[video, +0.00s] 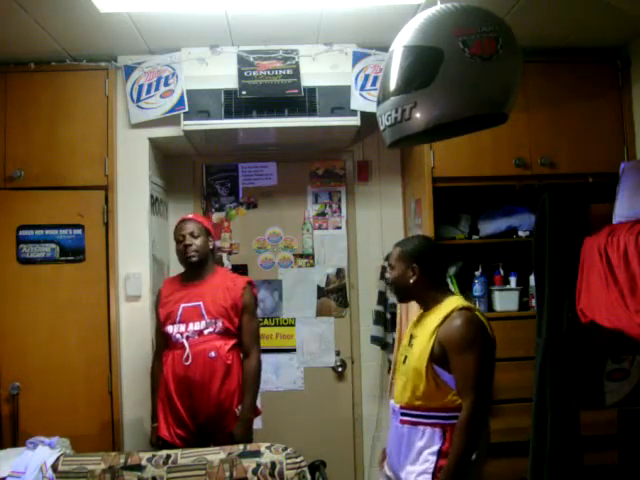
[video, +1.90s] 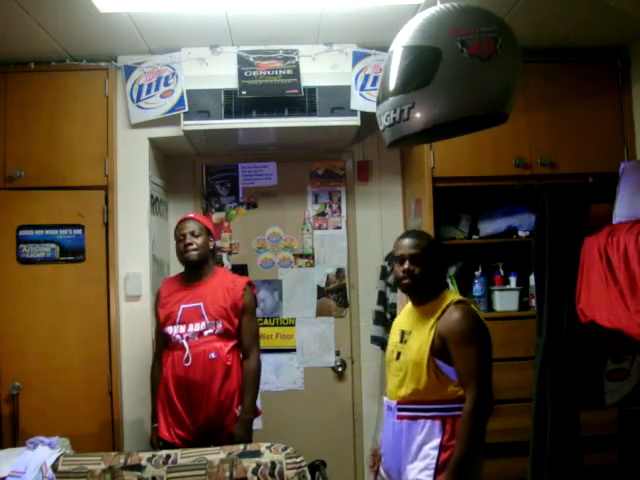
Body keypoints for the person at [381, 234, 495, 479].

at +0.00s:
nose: (386, 276)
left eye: (391, 268)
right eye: (387, 268)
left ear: (413, 272)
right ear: (412, 273)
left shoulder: (461, 324)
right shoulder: (426, 316)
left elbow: (473, 405)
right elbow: (416, 392)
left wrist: (450, 470)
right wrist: (393, 446)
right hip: (406, 450)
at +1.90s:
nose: (406, 268)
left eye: (415, 260)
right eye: (399, 261)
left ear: (435, 264)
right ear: (392, 267)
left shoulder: (458, 318)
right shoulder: (407, 312)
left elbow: (478, 395)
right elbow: (403, 388)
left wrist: (455, 468)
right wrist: (383, 445)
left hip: (435, 435)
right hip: (398, 432)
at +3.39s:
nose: (409, 273)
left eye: (417, 264)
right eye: (399, 267)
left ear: (431, 267)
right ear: (390, 274)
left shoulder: (457, 323)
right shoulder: (400, 316)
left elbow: (478, 401)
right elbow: (397, 391)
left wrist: (460, 471)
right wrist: (376, 443)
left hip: (434, 439)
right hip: (392, 436)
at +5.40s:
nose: (371, 276)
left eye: (377, 269)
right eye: (373, 268)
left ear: (400, 276)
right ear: (398, 278)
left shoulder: (447, 312)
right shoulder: (396, 323)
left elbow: (479, 350)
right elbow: (377, 376)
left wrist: (433, 340)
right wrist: (314, 369)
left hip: (440, 437)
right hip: (397, 434)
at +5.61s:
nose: (372, 281)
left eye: (379, 273)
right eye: (373, 273)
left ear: (405, 276)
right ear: (403, 276)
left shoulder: (447, 317)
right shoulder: (394, 324)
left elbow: (482, 367)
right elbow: (358, 360)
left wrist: (433, 366)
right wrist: (300, 346)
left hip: (442, 439)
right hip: (398, 437)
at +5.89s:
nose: (372, 284)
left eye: (382, 277)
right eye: (372, 276)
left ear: (410, 285)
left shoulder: (444, 332)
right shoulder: (393, 331)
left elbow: (487, 390)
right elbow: (392, 392)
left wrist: (442, 424)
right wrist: (339, 391)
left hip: (435, 455)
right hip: (393, 450)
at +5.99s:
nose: (371, 293)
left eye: (381, 286)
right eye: (372, 285)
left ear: (408, 295)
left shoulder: (446, 345)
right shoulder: (395, 341)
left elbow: (491, 405)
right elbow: (405, 406)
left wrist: (438, 446)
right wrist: (357, 416)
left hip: (431, 464)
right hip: (392, 459)